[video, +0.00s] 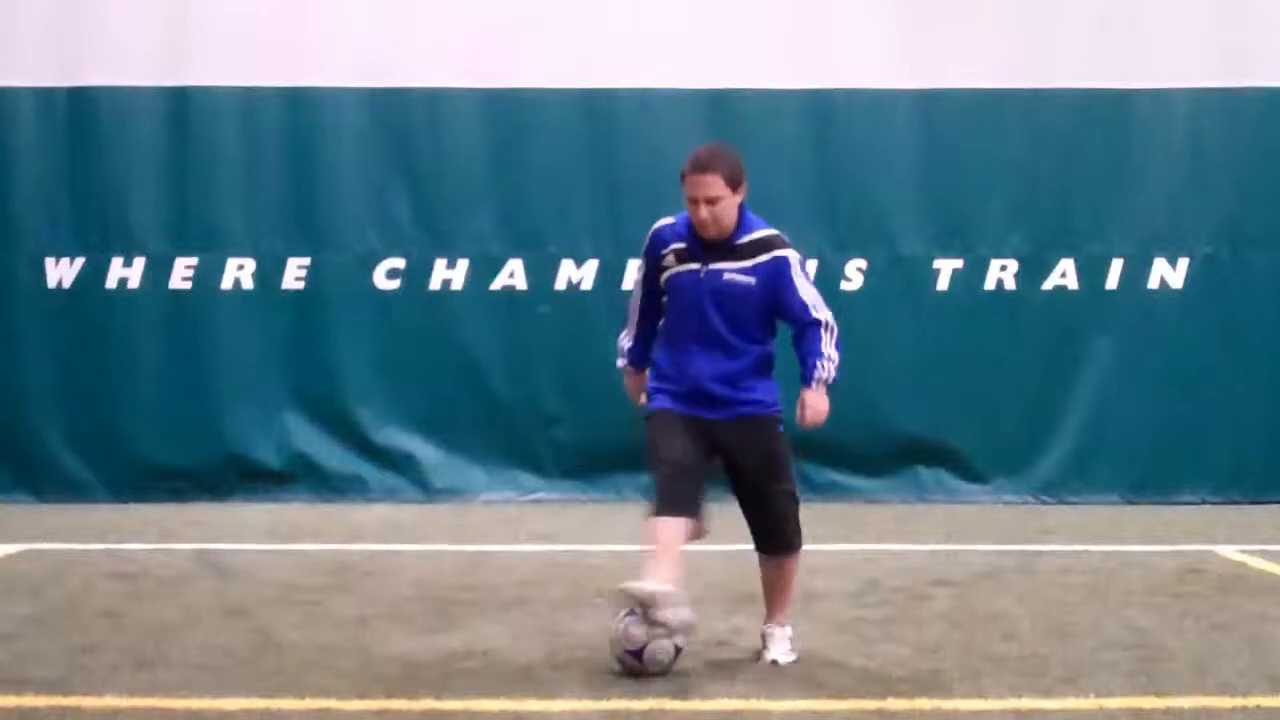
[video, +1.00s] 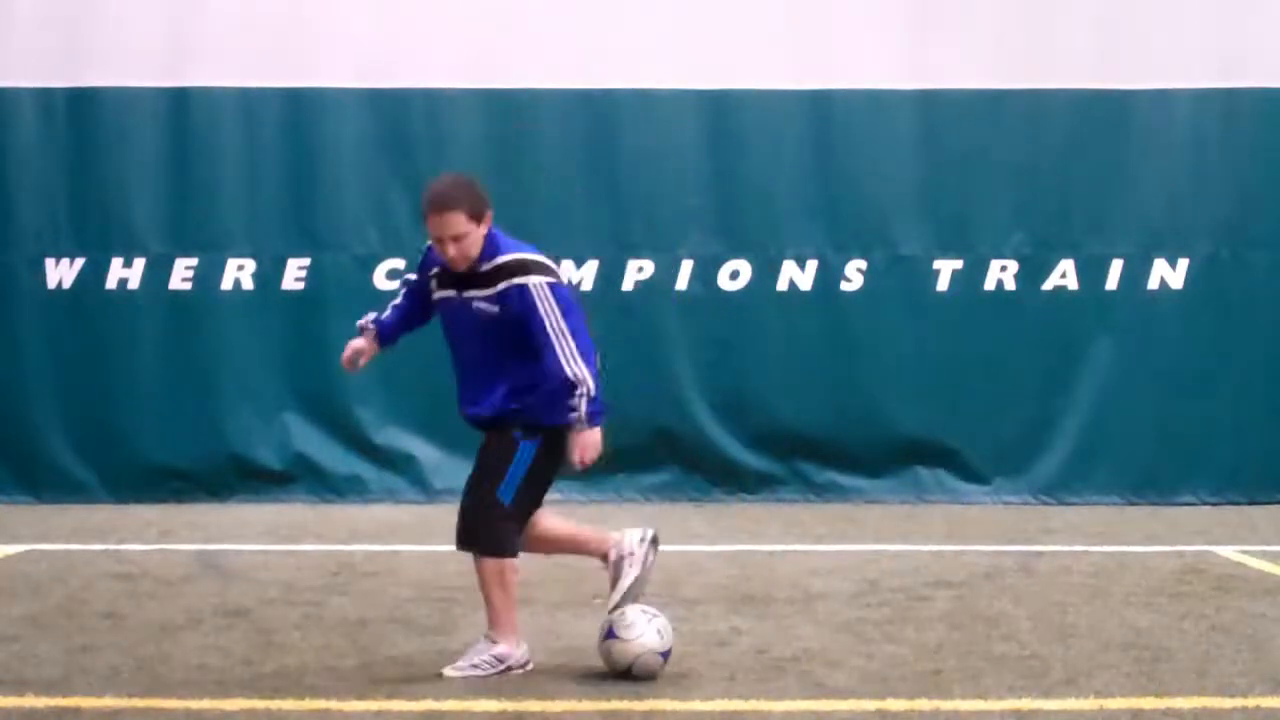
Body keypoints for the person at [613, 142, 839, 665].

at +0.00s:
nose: (702, 214)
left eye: (713, 202)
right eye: (693, 202)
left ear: (739, 195)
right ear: (682, 196)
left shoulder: (771, 250)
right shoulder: (664, 241)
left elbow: (815, 321)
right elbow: (644, 307)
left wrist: (817, 382)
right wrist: (633, 363)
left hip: (748, 405)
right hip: (676, 401)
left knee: (777, 518)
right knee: (674, 481)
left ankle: (777, 626)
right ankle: (662, 589)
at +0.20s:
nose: (647, 174)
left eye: (657, 161)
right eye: (637, 164)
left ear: (684, 157)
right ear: (629, 164)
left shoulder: (725, 202)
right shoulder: (617, 212)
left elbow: (786, 242)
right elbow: (590, 277)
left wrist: (773, 270)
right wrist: (563, 332)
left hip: (705, 388)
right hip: (631, 386)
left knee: (734, 501)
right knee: (582, 481)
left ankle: (766, 612)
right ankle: (548, 600)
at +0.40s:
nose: (569, 192)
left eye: (579, 180)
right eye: (561, 182)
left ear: (607, 175)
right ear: (553, 183)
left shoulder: (651, 219)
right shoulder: (541, 235)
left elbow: (702, 279)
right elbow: (515, 302)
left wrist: (689, 314)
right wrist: (492, 365)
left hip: (644, 374)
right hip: (578, 388)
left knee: (655, 440)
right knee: (555, 506)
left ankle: (673, 559)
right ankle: (571, 621)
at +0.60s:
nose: (510, 197)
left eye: (520, 183)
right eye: (501, 187)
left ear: (547, 173)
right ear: (493, 185)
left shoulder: (592, 215)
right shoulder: (492, 232)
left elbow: (658, 270)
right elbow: (474, 294)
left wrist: (673, 332)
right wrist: (442, 333)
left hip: (601, 359)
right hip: (542, 374)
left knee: (558, 421)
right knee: (538, 495)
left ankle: (618, 536)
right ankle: (572, 617)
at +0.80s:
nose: (471, 197)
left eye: (480, 184)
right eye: (462, 187)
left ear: (507, 173)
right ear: (454, 185)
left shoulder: (552, 213)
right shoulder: (459, 225)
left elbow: (625, 261)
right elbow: (437, 267)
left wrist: (659, 328)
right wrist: (405, 299)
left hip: (563, 378)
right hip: (517, 381)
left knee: (517, 491)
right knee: (503, 489)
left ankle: (506, 639)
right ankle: (621, 522)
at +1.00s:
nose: (448, 251)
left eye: (457, 238)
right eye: (439, 241)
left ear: (484, 224)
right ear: (429, 234)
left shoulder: (524, 269)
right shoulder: (437, 270)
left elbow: (568, 341)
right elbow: (411, 304)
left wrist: (586, 417)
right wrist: (375, 336)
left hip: (538, 417)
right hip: (501, 419)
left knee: (486, 520)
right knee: (497, 523)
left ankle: (506, 645)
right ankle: (616, 547)